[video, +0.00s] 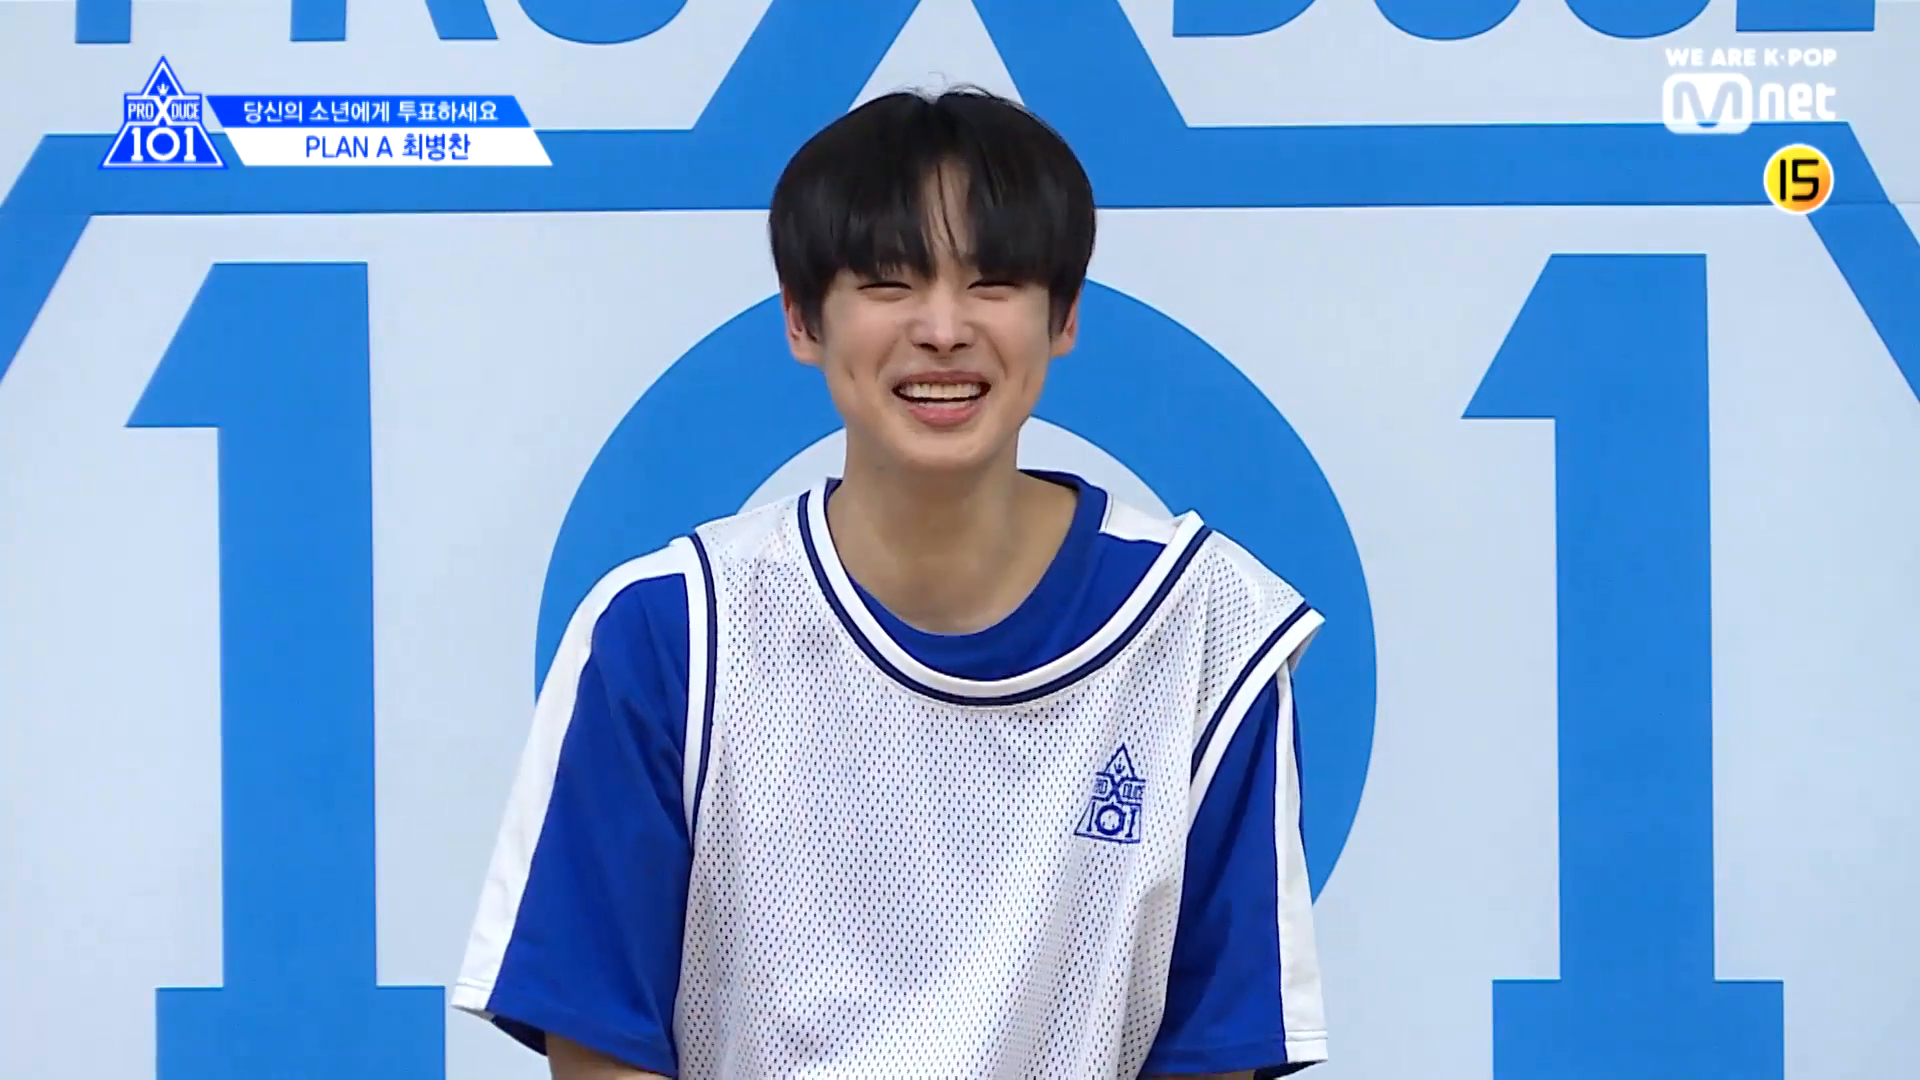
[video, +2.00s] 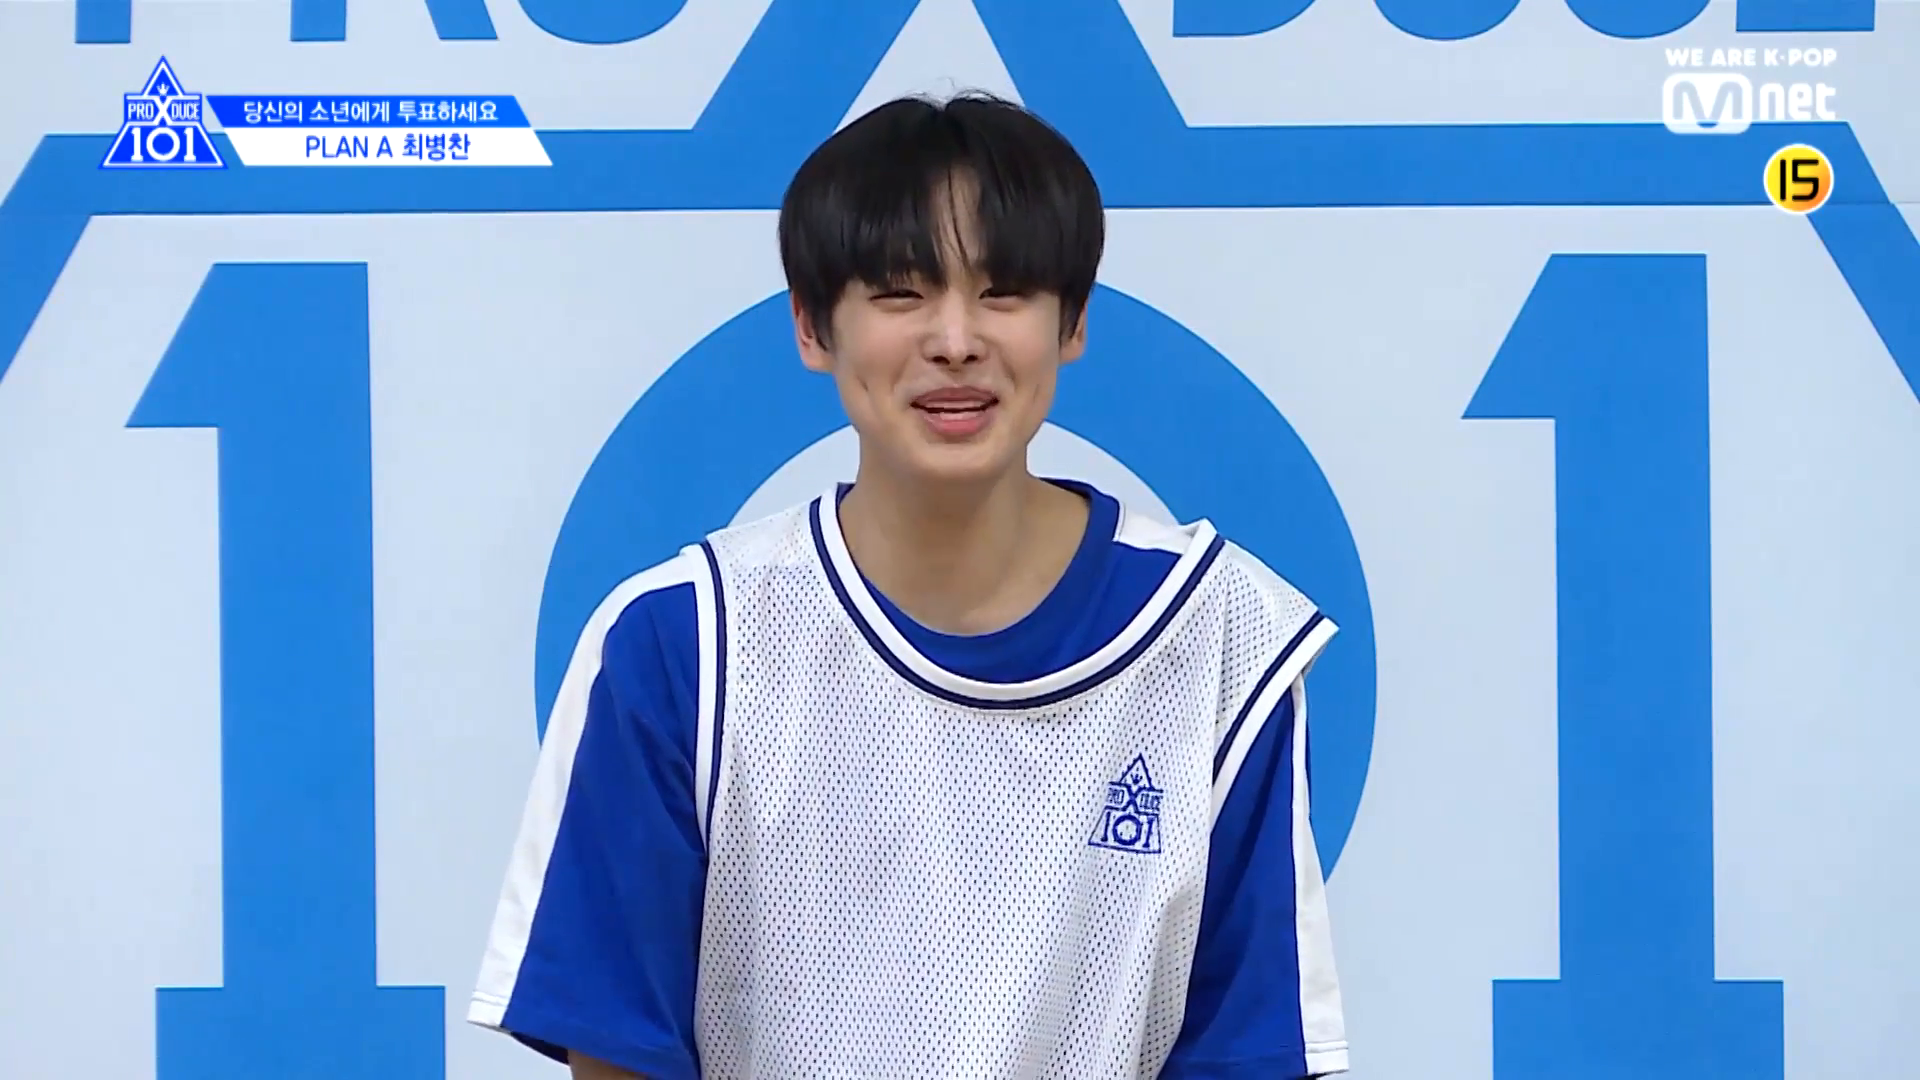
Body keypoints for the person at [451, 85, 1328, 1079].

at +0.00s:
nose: (944, 326)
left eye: (994, 281)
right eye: (889, 281)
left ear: (1060, 324)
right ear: (806, 326)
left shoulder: (1211, 633)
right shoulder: (661, 634)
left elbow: (1219, 1054)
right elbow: (598, 1045)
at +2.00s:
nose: (956, 340)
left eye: (1005, 292)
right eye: (902, 289)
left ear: (1068, 329)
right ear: (816, 331)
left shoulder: (1226, 645)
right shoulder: (673, 648)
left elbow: (1253, 1055)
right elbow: (618, 1051)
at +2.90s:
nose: (965, 356)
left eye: (1014, 302)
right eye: (910, 301)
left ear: (1078, 334)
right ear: (825, 338)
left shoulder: (1232, 639)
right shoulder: (678, 642)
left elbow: (1253, 1051)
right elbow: (616, 1048)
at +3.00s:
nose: (968, 356)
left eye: (1019, 302)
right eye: (914, 302)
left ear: (1081, 338)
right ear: (828, 338)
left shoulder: (1230, 643)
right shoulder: (680, 646)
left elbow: (1252, 1052)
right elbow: (620, 1049)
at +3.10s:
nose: (972, 352)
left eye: (1023, 298)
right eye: (917, 298)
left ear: (1085, 335)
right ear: (831, 338)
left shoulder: (1234, 649)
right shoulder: (683, 647)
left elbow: (1257, 1055)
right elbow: (616, 1049)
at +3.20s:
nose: (974, 361)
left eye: (1024, 309)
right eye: (921, 306)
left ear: (1086, 340)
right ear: (833, 338)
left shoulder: (1239, 655)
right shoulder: (680, 649)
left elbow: (1269, 1055)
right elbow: (610, 1045)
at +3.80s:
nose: (981, 348)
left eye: (1030, 296)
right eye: (926, 294)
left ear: (1091, 332)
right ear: (839, 331)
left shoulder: (1247, 645)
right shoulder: (694, 639)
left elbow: (1269, 1054)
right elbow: (634, 1046)